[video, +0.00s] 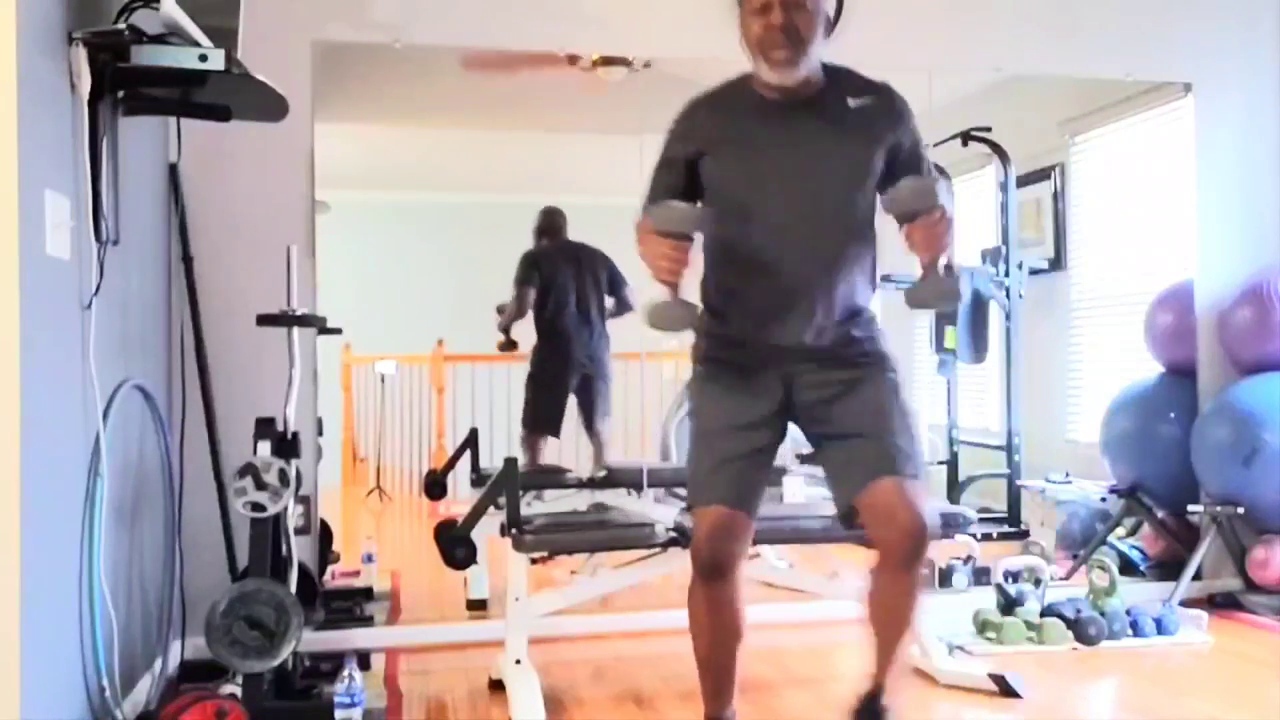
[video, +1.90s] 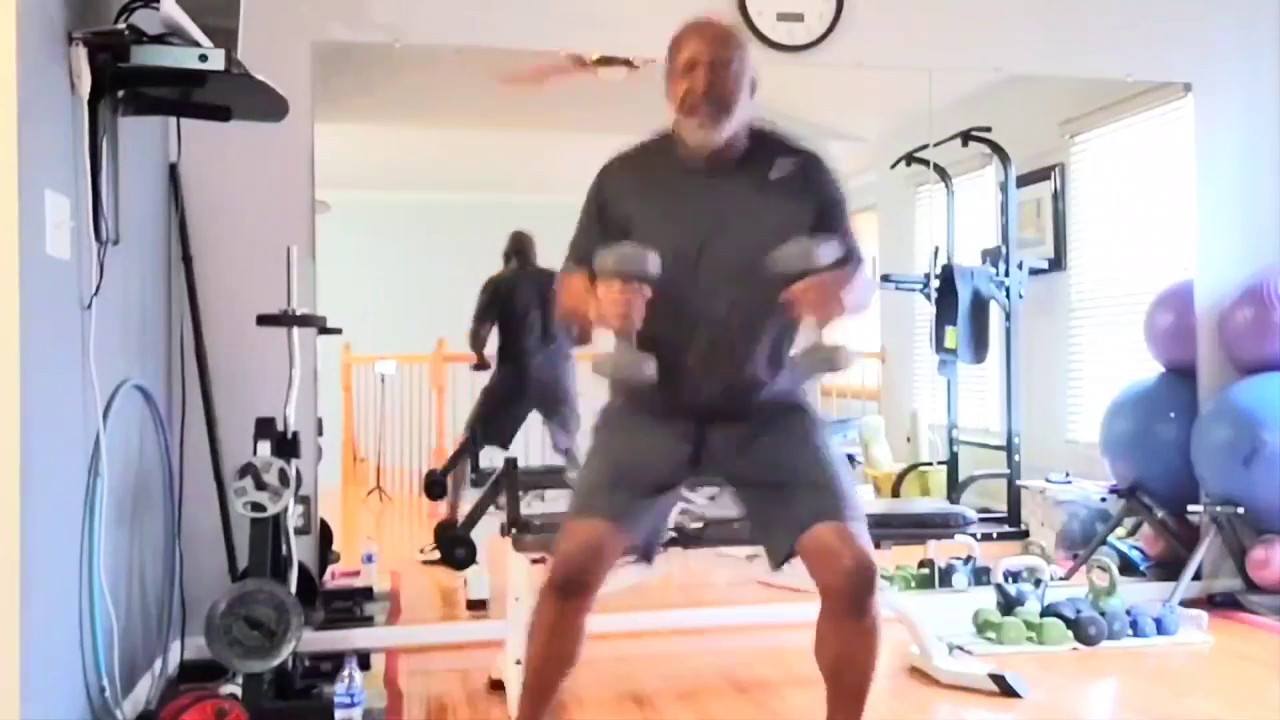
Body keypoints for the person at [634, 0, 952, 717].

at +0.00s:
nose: (777, 22)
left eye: (795, 6)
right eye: (760, 7)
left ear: (828, 14)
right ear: (740, 18)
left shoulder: (878, 111)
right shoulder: (704, 119)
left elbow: (920, 209)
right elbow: (657, 223)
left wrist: (931, 231)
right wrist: (659, 250)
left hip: (846, 356)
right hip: (735, 360)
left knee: (906, 529)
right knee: (713, 546)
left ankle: (878, 696)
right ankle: (718, 714)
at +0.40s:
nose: (745, 18)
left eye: (762, 3)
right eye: (730, 4)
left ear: (791, 14)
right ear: (712, 15)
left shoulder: (842, 110)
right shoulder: (667, 107)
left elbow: (891, 212)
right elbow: (603, 212)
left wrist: (875, 232)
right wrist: (632, 240)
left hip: (787, 364)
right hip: (676, 358)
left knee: (812, 544)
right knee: (632, 522)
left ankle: (803, 715)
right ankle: (656, 692)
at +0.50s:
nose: (732, 41)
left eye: (749, 26)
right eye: (717, 29)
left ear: (776, 39)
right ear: (698, 44)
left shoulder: (822, 137)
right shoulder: (654, 141)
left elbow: (879, 254)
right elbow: (596, 263)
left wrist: (847, 254)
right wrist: (655, 268)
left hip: (777, 382)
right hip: (666, 375)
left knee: (829, 553)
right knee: (596, 537)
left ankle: (806, 714)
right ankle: (569, 703)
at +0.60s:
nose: (711, 95)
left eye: (726, 83)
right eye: (696, 82)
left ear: (751, 98)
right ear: (674, 98)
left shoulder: (796, 186)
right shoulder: (631, 193)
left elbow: (842, 309)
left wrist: (806, 306)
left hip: (765, 418)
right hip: (653, 414)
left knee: (856, 566)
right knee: (562, 567)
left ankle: (810, 716)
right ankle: (522, 713)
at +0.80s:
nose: (649, 136)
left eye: (665, 122)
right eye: (634, 121)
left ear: (691, 135)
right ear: (612, 134)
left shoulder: (740, 218)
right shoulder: (570, 224)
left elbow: (792, 342)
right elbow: (516, 347)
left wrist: (765, 335)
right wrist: (583, 341)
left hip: (719, 437)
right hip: (602, 439)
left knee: (831, 569)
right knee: (521, 591)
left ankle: (805, 715)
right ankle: (514, 717)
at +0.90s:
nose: (625, 85)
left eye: (642, 72)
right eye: (610, 70)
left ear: (669, 85)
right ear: (586, 81)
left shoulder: (716, 174)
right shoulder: (544, 176)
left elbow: (747, 287)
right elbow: (482, 278)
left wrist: (756, 297)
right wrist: (514, 300)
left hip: (686, 400)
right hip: (570, 403)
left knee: (775, 555)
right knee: (517, 575)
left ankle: (789, 713)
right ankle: (511, 717)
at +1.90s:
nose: (701, 84)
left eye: (720, 69)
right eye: (687, 70)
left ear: (750, 84)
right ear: (668, 82)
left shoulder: (799, 174)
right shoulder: (623, 179)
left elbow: (849, 271)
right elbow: (569, 292)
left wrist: (833, 291)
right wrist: (596, 301)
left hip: (769, 412)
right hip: (650, 411)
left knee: (852, 572)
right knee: (571, 567)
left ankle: (844, 719)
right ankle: (531, 714)